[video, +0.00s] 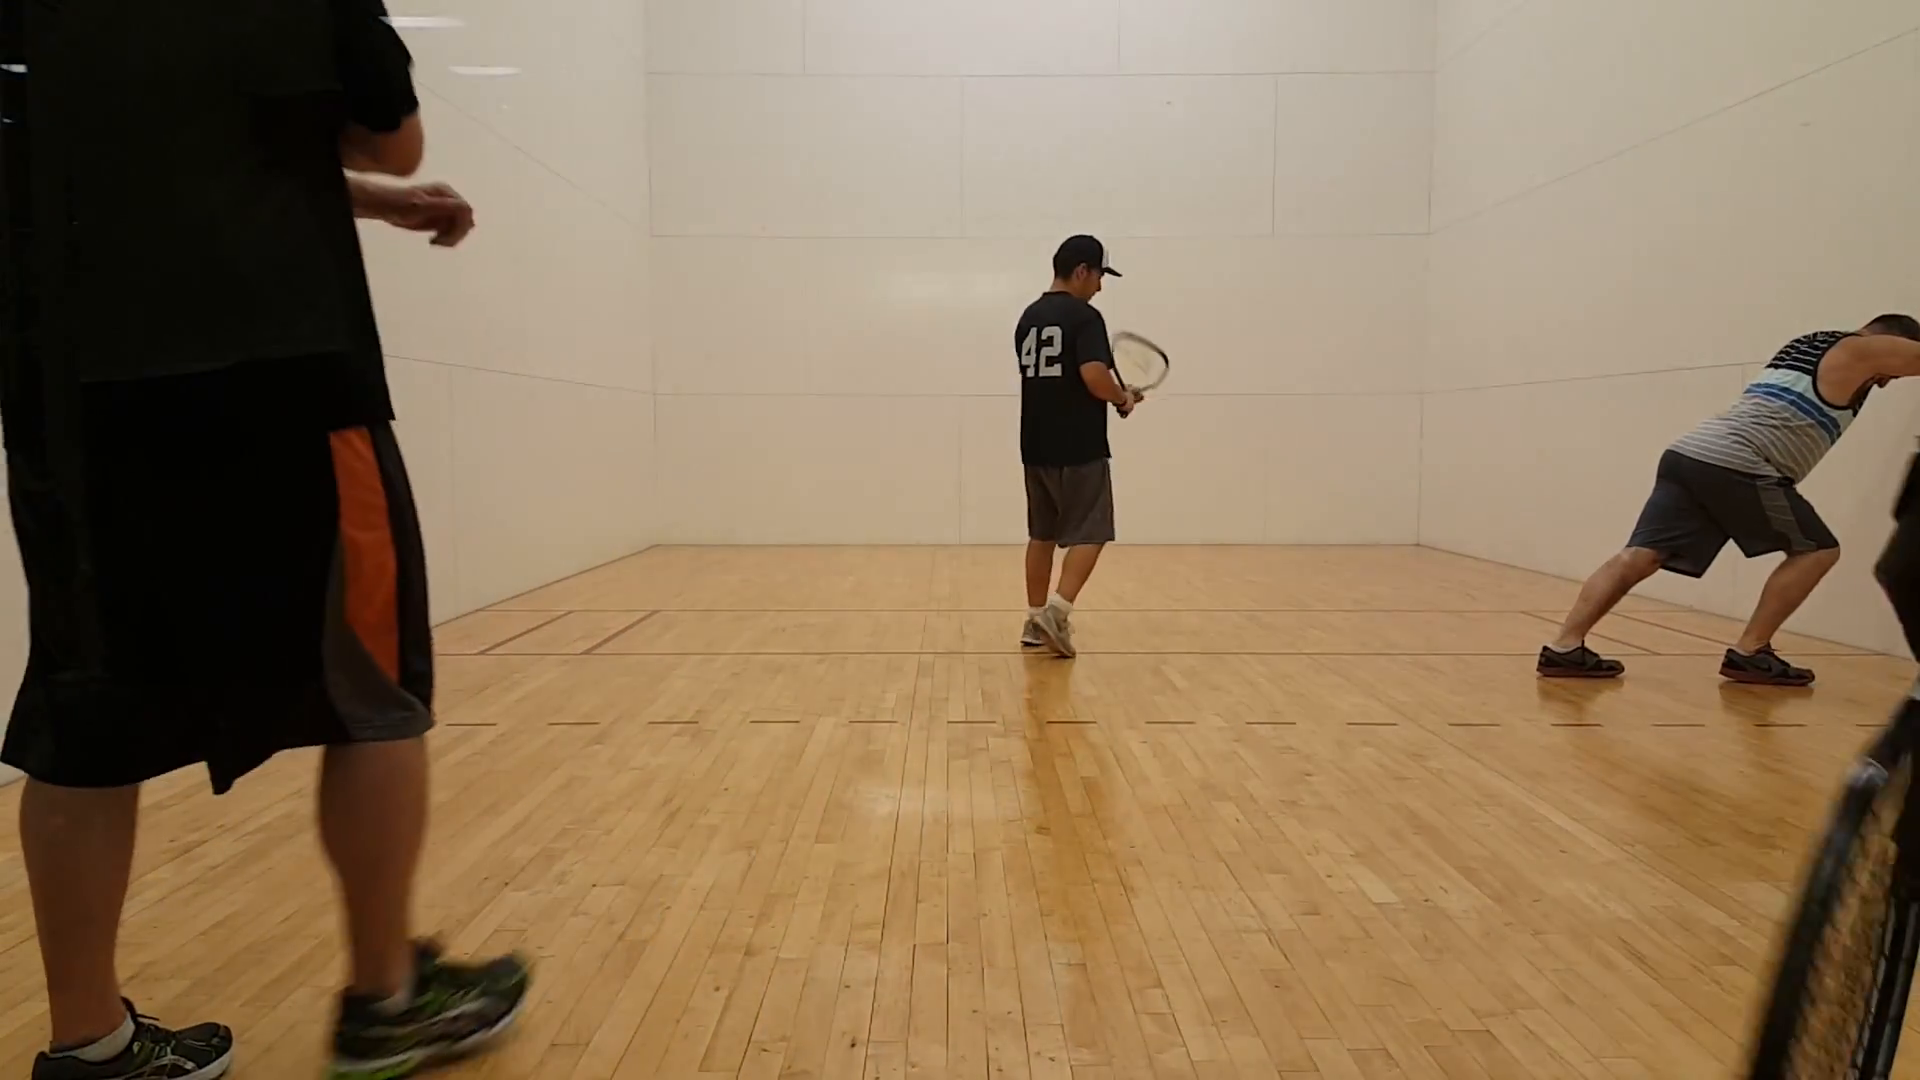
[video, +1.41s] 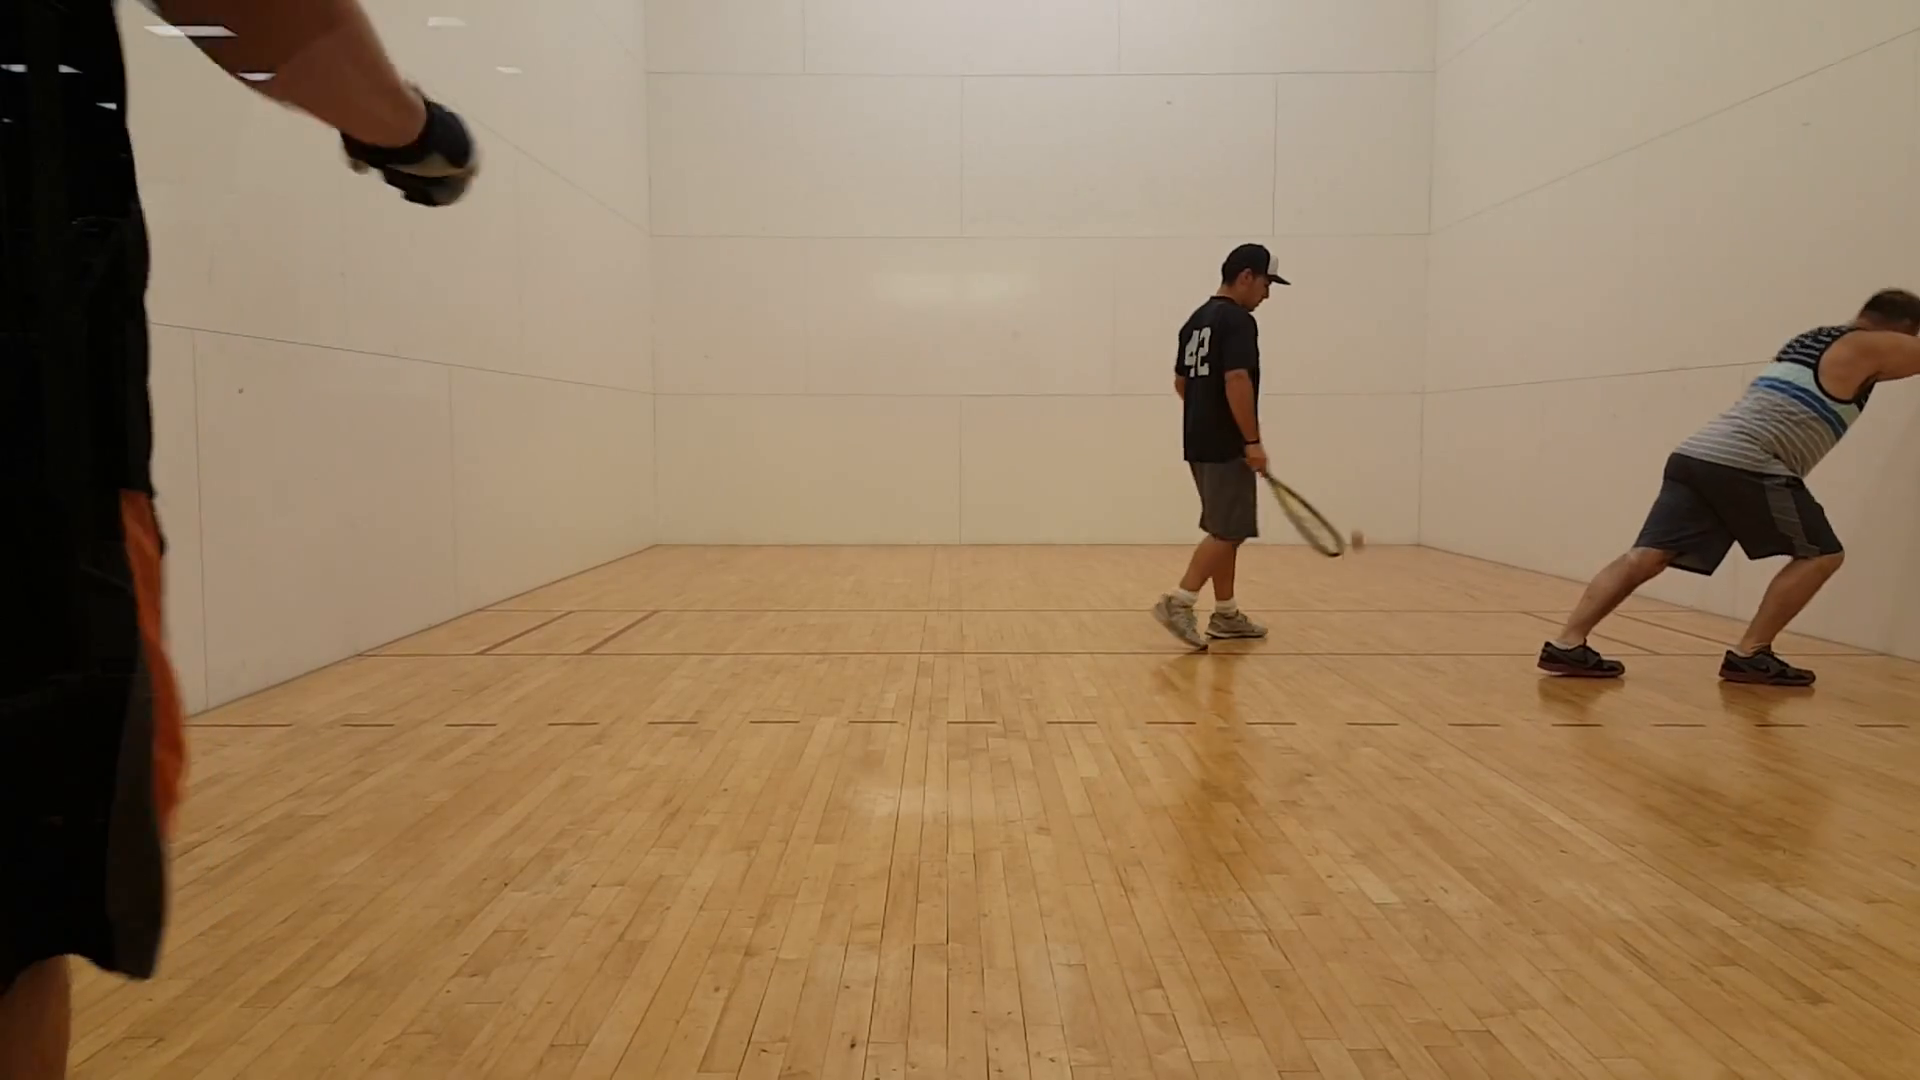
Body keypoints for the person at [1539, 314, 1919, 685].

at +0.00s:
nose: (1896, 377)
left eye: (1902, 368)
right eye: (1902, 364)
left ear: (1873, 332)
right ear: (1890, 342)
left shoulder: (1807, 345)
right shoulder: (1862, 350)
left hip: (1687, 456)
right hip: (1740, 467)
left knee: (1637, 557)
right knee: (1818, 550)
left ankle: (1564, 646)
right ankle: (1750, 651)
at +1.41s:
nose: (1906, 347)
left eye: (1908, 341)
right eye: (1907, 340)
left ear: (1866, 317)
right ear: (1894, 331)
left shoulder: (1807, 342)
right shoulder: (1862, 347)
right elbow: (1918, 353)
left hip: (1696, 457)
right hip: (1752, 466)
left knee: (1646, 557)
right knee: (1821, 555)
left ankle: (1566, 644)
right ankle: (1750, 653)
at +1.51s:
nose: (1892, 308)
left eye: (1893, 301)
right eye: (1893, 301)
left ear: (1842, 281)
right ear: (1886, 298)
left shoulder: (1797, 311)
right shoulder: (1860, 325)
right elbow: (1918, 342)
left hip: (1685, 434)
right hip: (1745, 445)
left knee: (1642, 536)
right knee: (1798, 545)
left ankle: (1573, 633)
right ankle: (1747, 653)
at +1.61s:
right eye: (1865, 260)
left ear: (1818, 246)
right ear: (1865, 261)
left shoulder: (1777, 281)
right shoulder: (1849, 299)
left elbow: (1837, 337)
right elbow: (1914, 321)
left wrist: (1900, 353)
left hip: (1679, 412)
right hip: (1739, 427)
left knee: (1641, 520)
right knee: (1766, 536)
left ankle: (1585, 622)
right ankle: (1746, 652)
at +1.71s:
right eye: (1842, 234)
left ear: (1793, 226)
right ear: (1842, 238)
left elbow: (1775, 332)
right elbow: (1910, 325)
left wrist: (1826, 373)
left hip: (1674, 406)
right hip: (1734, 425)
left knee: (1640, 516)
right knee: (1740, 538)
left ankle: (1593, 622)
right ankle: (1742, 652)